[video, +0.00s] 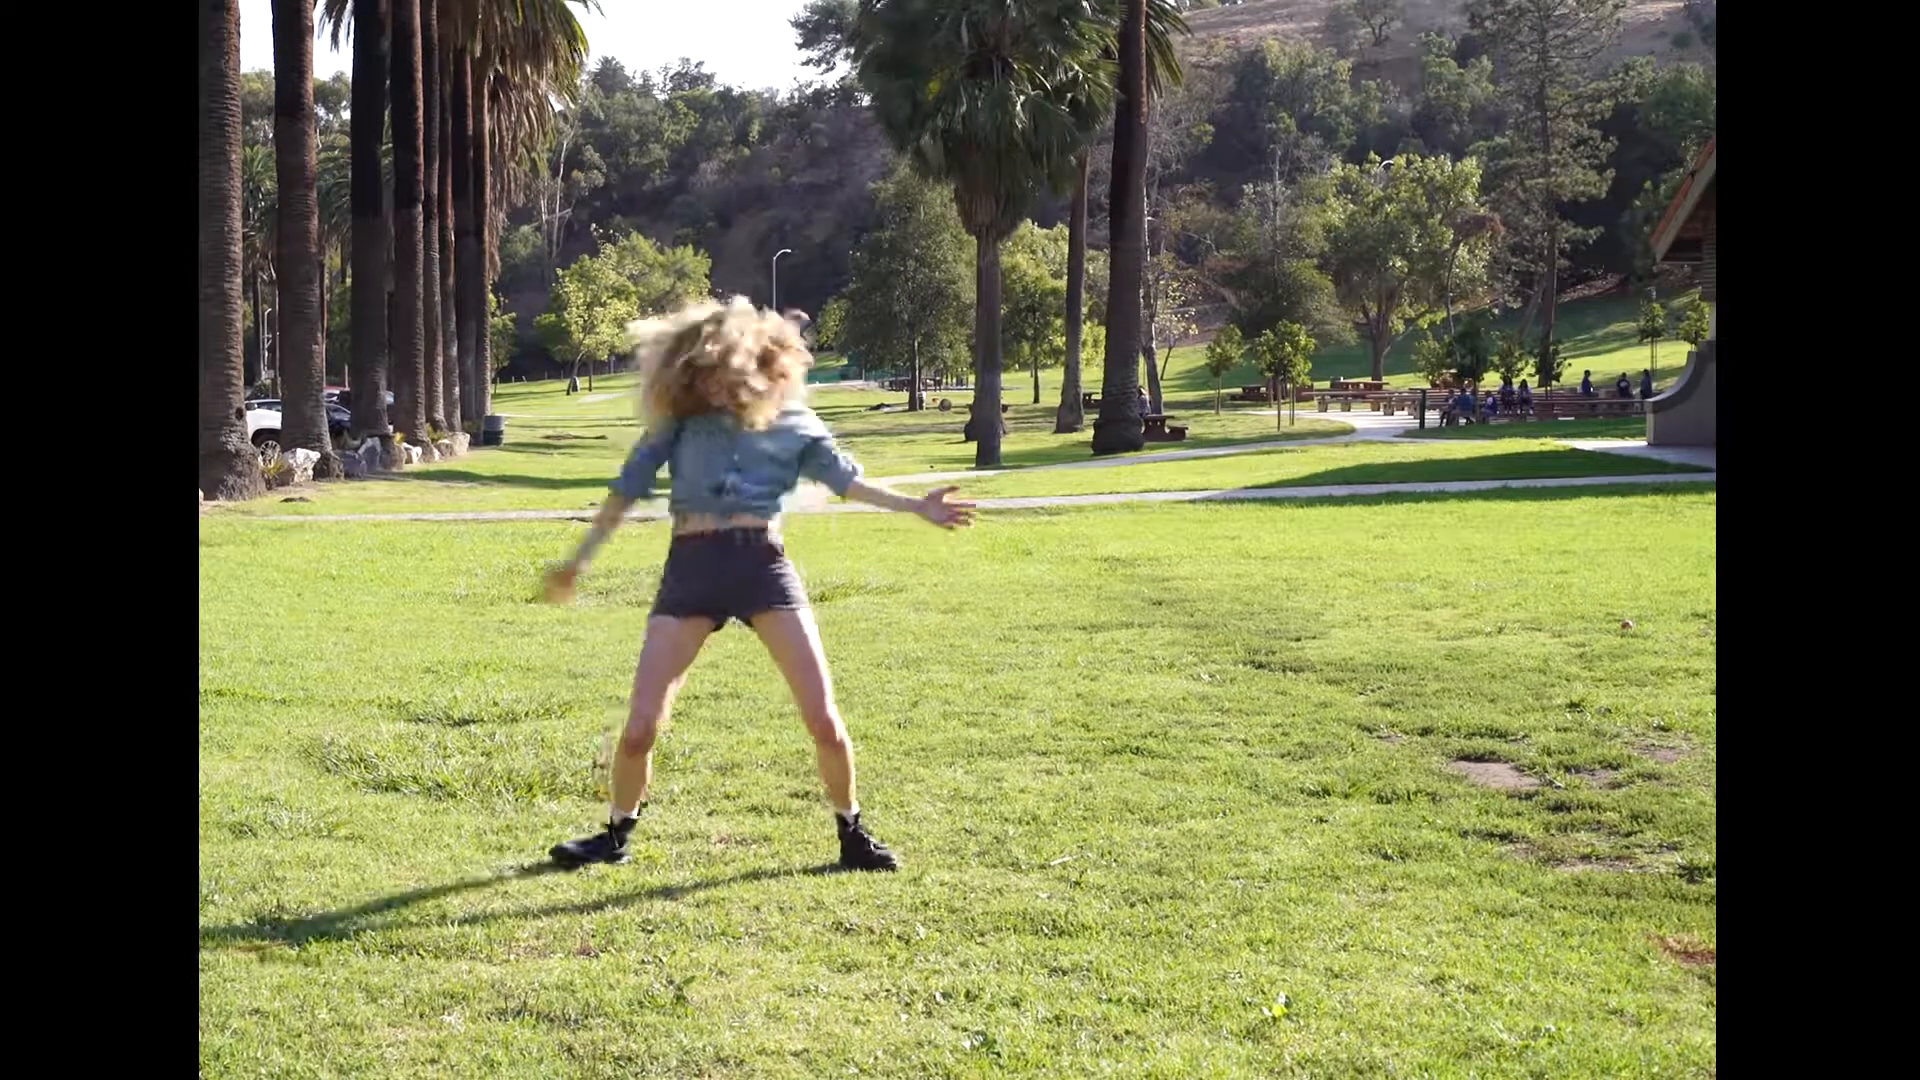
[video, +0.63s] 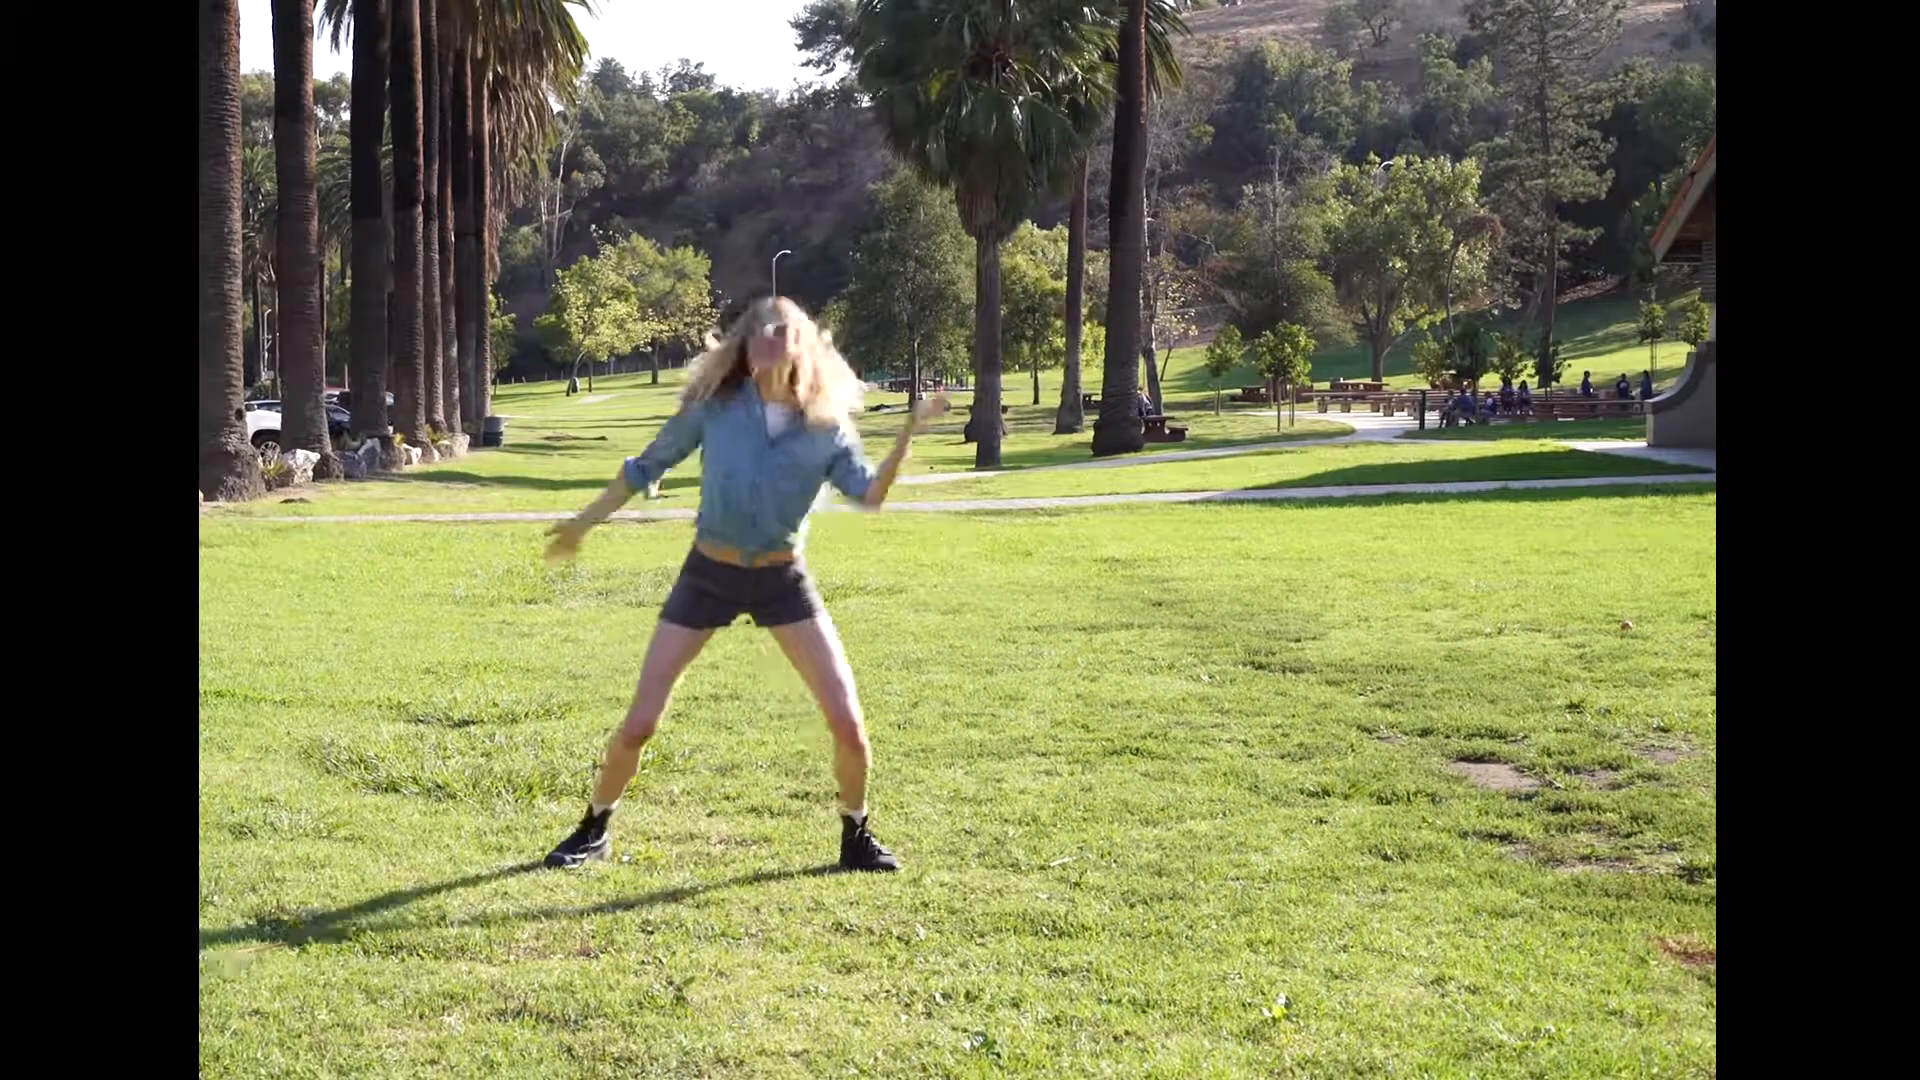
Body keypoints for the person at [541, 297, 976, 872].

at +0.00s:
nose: (718, 391)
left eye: (729, 378)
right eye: (706, 379)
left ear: (760, 373)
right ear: (692, 377)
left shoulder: (792, 426)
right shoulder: (681, 425)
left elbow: (851, 483)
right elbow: (624, 492)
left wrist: (918, 504)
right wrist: (578, 561)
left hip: (763, 566)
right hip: (690, 567)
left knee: (827, 725)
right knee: (638, 730)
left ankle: (852, 833)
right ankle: (617, 835)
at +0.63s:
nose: (774, 337)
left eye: (784, 329)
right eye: (763, 329)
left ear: (804, 345)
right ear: (744, 345)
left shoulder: (824, 425)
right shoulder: (713, 408)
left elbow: (868, 496)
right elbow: (644, 467)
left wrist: (908, 434)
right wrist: (581, 523)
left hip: (782, 578)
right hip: (707, 574)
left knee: (849, 724)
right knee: (639, 724)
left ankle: (857, 837)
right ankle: (591, 829)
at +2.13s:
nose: (839, 322)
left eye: (851, 306)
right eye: (824, 308)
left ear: (876, 312)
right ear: (804, 318)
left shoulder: (885, 399)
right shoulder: (785, 402)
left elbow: (906, 413)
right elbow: (745, 442)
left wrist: (923, 326)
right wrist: (685, 476)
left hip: (863, 596)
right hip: (788, 597)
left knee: (838, 744)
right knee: (765, 793)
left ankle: (900, 939)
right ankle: (858, 910)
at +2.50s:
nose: (802, 302)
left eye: (817, 291)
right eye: (788, 293)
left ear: (844, 303)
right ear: (770, 311)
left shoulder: (830, 354)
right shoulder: (832, 374)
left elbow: (819, 409)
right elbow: (839, 444)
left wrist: (767, 472)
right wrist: (775, 446)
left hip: (900, 589)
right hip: (858, 601)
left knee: (829, 792)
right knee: (746, 779)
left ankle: (886, 984)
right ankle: (851, 948)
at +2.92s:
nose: (803, 325)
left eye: (819, 310)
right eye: (788, 312)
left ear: (844, 319)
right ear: (766, 326)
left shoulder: (838, 377)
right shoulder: (793, 399)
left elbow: (894, 385)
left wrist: (938, 403)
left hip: (897, 606)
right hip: (856, 617)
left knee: (805, 733)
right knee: (777, 808)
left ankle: (853, 945)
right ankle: (877, 967)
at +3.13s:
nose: (811, 336)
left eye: (826, 322)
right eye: (798, 325)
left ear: (854, 327)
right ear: (780, 339)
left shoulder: (855, 383)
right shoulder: (809, 404)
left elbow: (886, 374)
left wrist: (921, 372)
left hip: (880, 605)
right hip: (849, 613)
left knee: (802, 804)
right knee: (759, 833)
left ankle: (866, 1007)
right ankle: (873, 973)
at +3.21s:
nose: (812, 343)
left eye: (826, 328)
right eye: (798, 331)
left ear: (853, 333)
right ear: (778, 345)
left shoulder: (853, 384)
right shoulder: (803, 410)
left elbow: (883, 378)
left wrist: (916, 381)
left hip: (893, 607)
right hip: (857, 619)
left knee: (775, 786)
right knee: (759, 841)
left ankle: (834, 984)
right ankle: (874, 969)